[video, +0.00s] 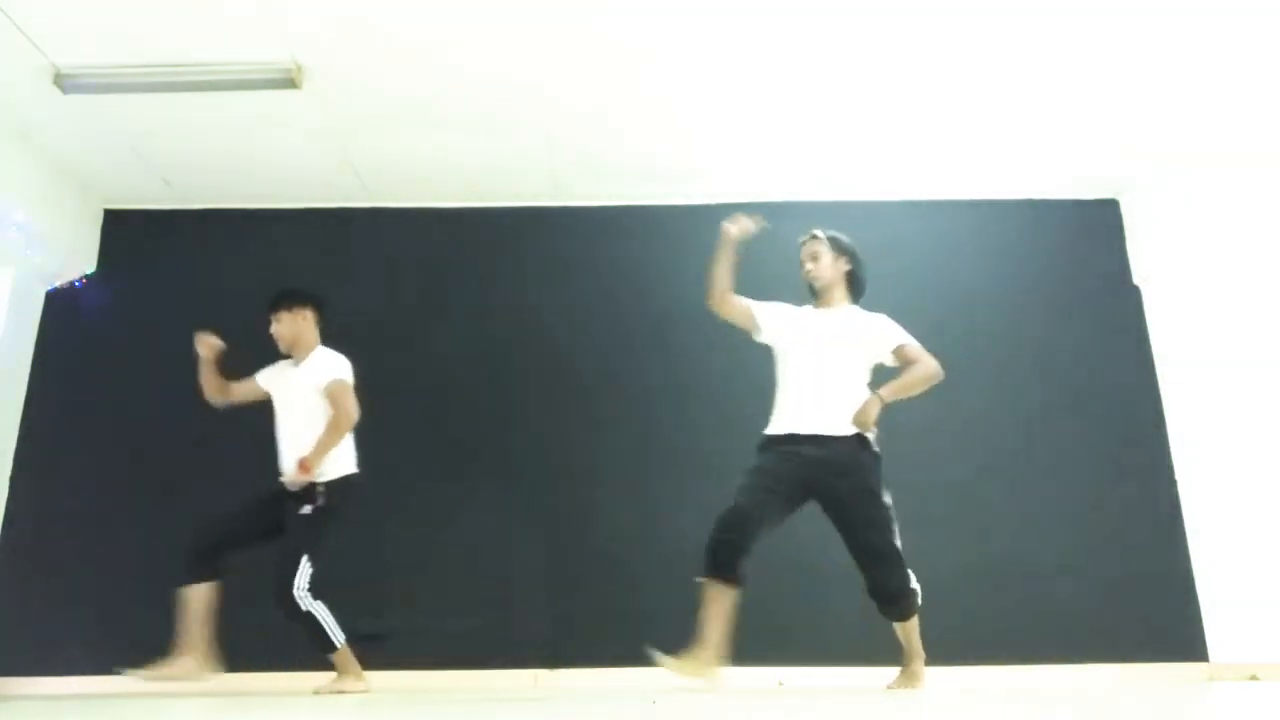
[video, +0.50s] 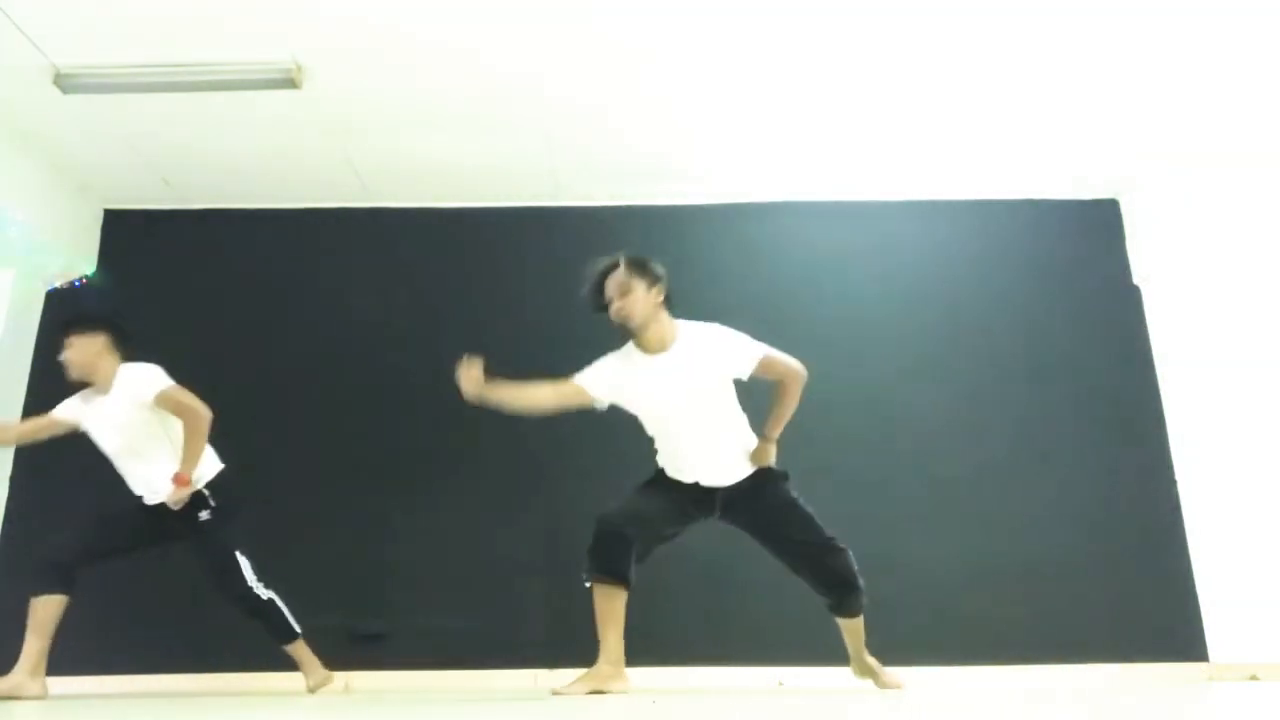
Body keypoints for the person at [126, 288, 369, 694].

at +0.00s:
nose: (272, 330)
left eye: (277, 320)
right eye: (271, 322)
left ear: (304, 318)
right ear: (289, 323)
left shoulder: (330, 364)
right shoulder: (281, 373)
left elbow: (347, 413)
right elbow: (219, 395)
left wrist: (313, 458)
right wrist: (207, 359)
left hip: (328, 493)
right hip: (290, 494)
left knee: (297, 590)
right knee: (205, 547)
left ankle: (351, 674)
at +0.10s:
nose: (252, 322)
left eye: (259, 313)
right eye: (252, 315)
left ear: (287, 315)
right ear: (270, 320)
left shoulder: (307, 361)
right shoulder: (258, 367)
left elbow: (320, 413)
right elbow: (191, 376)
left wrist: (284, 455)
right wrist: (164, 339)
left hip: (292, 495)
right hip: (254, 494)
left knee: (286, 593)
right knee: (170, 563)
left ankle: (351, 674)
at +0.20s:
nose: (215, 320)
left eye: (224, 311)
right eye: (216, 313)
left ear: (252, 315)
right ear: (231, 321)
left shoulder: (271, 360)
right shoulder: (215, 366)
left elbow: (286, 412)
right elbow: (146, 368)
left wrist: (250, 456)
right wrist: (103, 332)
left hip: (259, 495)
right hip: (217, 497)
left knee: (275, 594)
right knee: (140, 571)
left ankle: (349, 674)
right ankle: (49, 671)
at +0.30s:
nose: (159, 324)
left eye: (169, 315)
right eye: (161, 317)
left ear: (196, 320)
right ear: (170, 326)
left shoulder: (217, 362)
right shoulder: (159, 373)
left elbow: (249, 412)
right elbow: (85, 374)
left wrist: (217, 462)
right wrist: (29, 345)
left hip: (232, 496)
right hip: (185, 501)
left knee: (266, 588)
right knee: (100, 561)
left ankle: (345, 671)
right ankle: (32, 674)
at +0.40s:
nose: (103, 337)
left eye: (111, 327)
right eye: (103, 330)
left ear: (141, 329)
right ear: (115, 340)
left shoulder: (170, 368)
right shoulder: (113, 387)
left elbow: (216, 414)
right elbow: (38, 399)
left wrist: (195, 474)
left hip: (212, 497)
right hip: (167, 506)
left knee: (251, 586)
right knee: (71, 558)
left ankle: (327, 671)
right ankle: (30, 673)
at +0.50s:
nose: (63, 353)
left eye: (71, 342)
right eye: (62, 345)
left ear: (103, 342)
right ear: (88, 347)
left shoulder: (141, 378)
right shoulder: (81, 405)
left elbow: (198, 414)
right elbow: (27, 429)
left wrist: (185, 476)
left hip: (202, 500)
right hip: (156, 509)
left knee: (242, 587)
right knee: (62, 556)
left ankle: (314, 671)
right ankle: (28, 673)